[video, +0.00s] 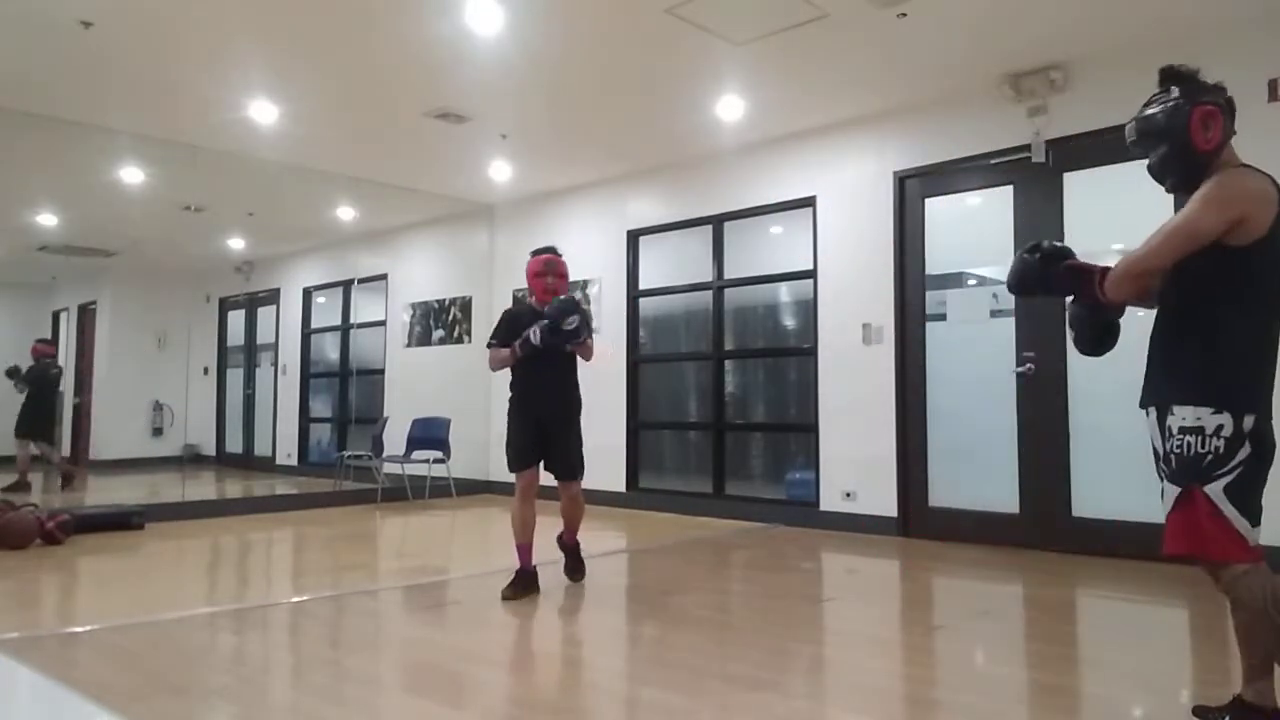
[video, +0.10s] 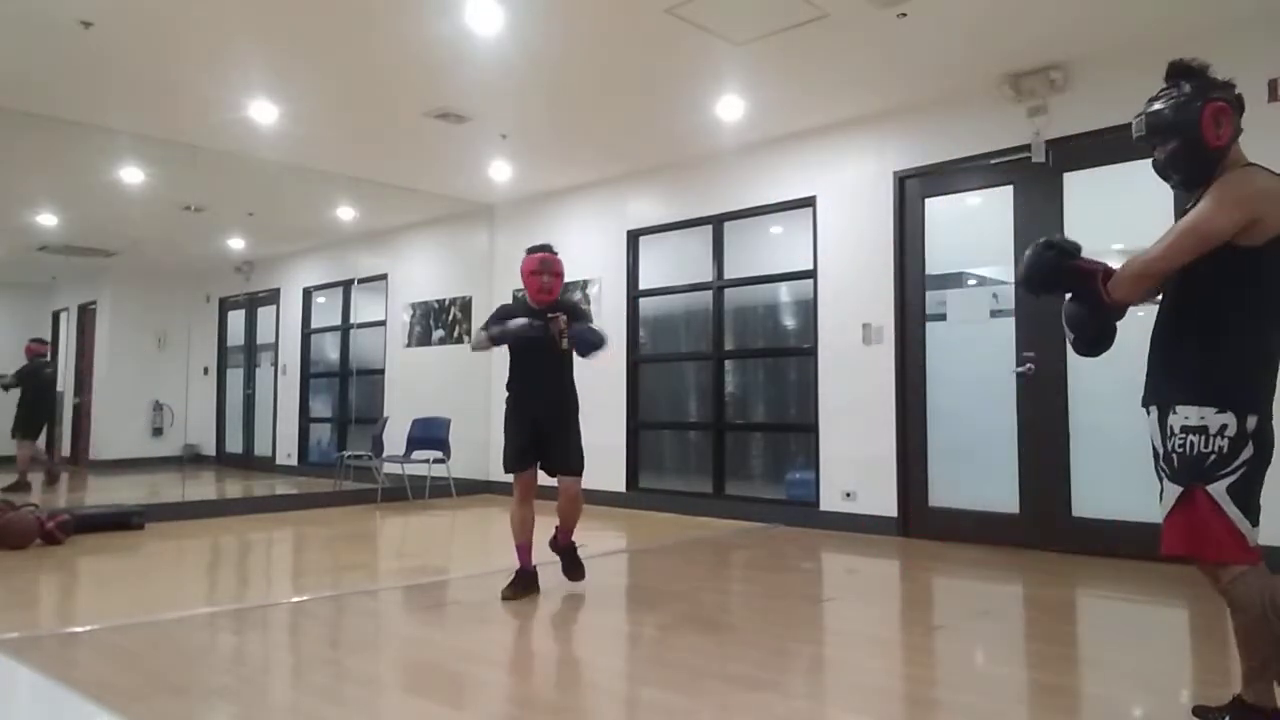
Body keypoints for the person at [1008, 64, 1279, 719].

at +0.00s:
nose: (1153, 153)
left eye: (1163, 134)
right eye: (1150, 139)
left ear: (1208, 126)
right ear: (1205, 132)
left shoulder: (1236, 189)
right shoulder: (1215, 197)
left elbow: (1135, 276)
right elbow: (1171, 285)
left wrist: (1101, 293)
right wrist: (1081, 275)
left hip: (1222, 404)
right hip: (1209, 402)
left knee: (1230, 554)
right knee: (1231, 553)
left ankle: (1262, 696)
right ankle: (1259, 693)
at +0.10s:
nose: (1158, 150)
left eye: (1170, 132)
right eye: (1154, 136)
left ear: (1218, 124)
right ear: (1209, 130)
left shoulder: (1245, 188)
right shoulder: (1213, 195)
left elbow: (1144, 272)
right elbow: (1170, 276)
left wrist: (1103, 295)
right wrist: (1099, 282)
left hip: (1223, 402)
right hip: (1204, 399)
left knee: (1225, 554)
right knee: (1224, 552)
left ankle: (1260, 699)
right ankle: (1260, 695)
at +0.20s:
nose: (1161, 147)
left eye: (1174, 129)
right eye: (1158, 132)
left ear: (1224, 122)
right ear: (1212, 128)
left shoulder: (1250, 187)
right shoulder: (1206, 195)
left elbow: (1168, 264)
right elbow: (1163, 264)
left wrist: (1107, 301)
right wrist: (1101, 280)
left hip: (1220, 403)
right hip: (1192, 400)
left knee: (1223, 555)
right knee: (1220, 553)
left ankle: (1264, 703)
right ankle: (1259, 695)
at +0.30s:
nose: (1164, 145)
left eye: (1177, 127)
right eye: (1159, 130)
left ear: (1230, 119)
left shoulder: (1254, 186)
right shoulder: (1203, 197)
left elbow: (1175, 272)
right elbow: (1148, 264)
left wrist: (1105, 301)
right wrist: (1097, 262)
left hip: (1221, 406)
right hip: (1186, 402)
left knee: (1216, 560)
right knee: (1213, 558)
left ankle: (1237, 707)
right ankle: (1242, 701)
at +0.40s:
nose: (1169, 140)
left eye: (1183, 122)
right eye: (1162, 126)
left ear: (1235, 113)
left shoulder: (1254, 184)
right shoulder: (1207, 192)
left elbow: (1182, 277)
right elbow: (1146, 276)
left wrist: (1078, 304)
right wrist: (1120, 245)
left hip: (1215, 402)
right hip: (1177, 398)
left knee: (1203, 557)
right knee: (1194, 554)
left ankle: (1239, 709)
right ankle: (1228, 698)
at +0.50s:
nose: (1171, 132)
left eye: (1188, 115)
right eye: (1167, 118)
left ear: (1240, 111)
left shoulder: (1253, 180)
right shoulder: (1215, 189)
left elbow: (1186, 279)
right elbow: (1141, 275)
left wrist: (1069, 293)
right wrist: (1117, 232)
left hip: (1210, 399)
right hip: (1178, 394)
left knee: (1199, 557)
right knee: (1193, 556)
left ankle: (1234, 709)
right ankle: (1224, 701)